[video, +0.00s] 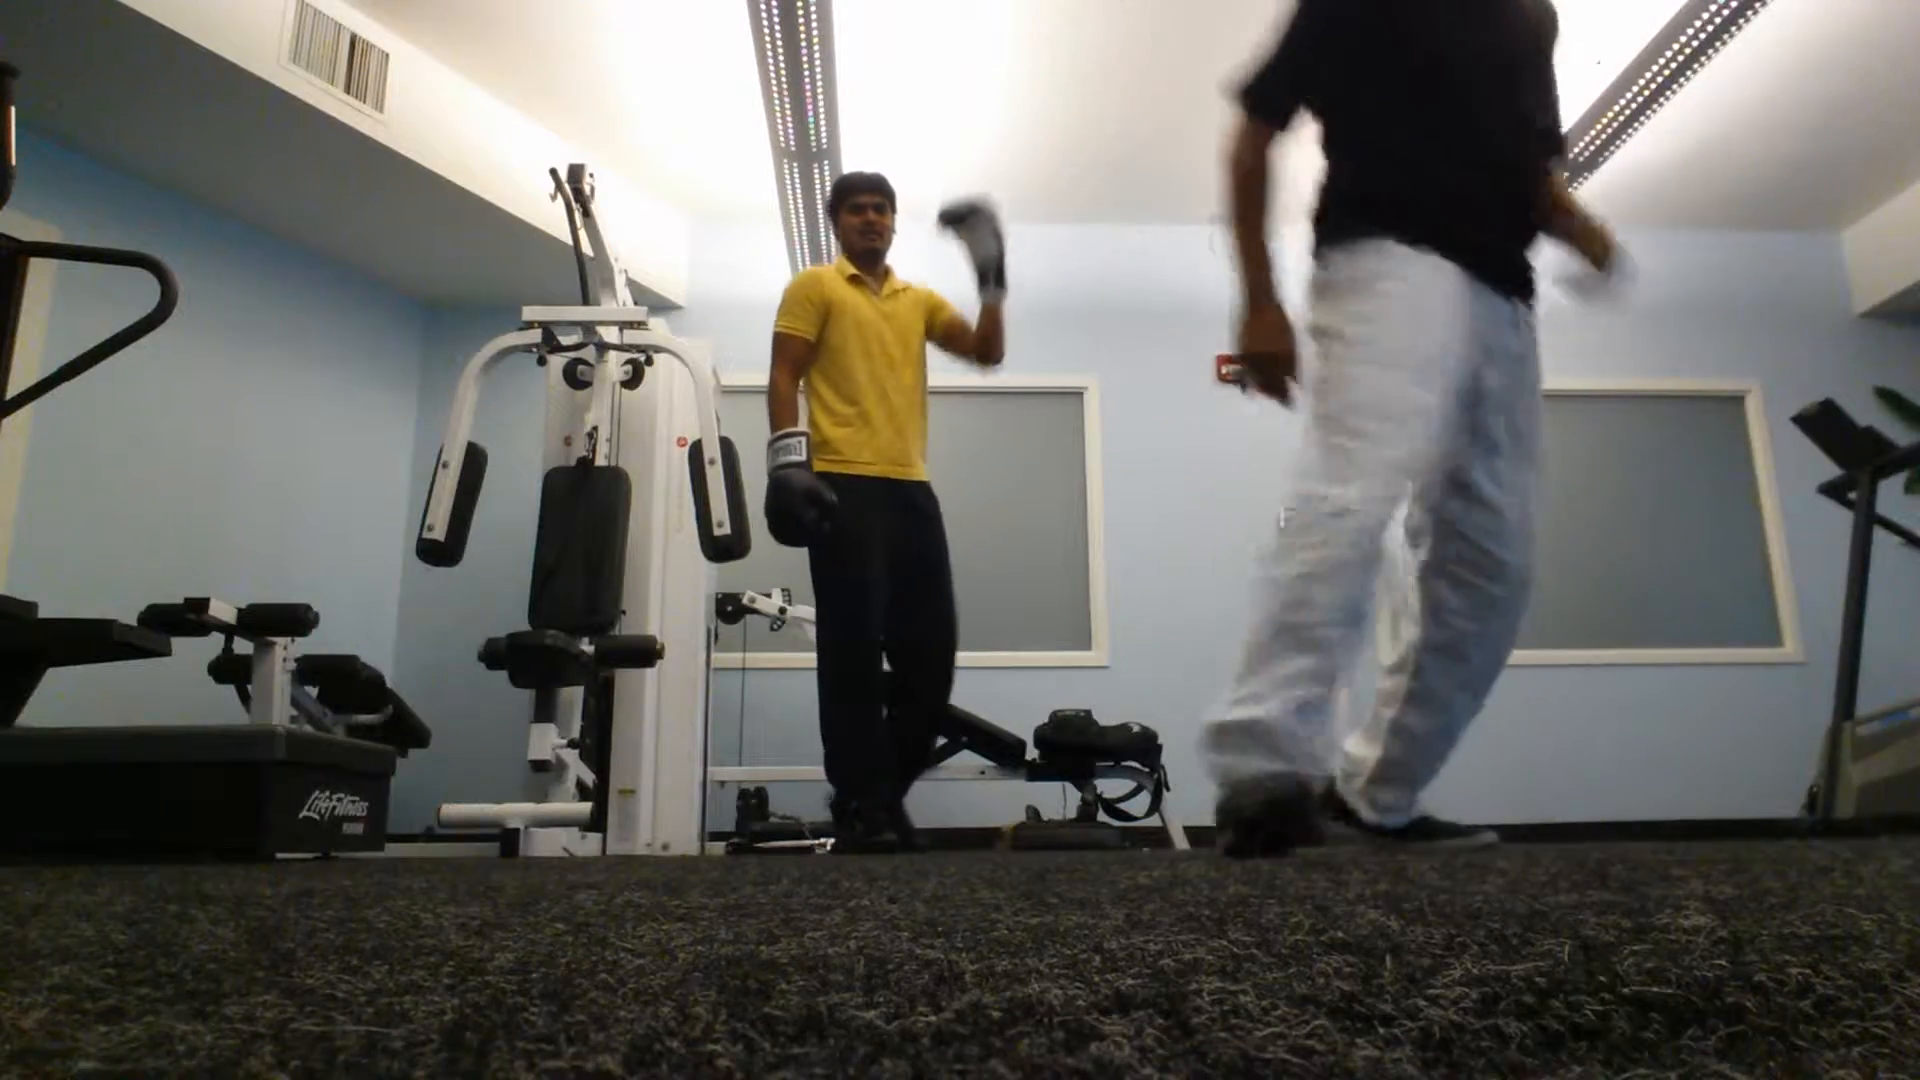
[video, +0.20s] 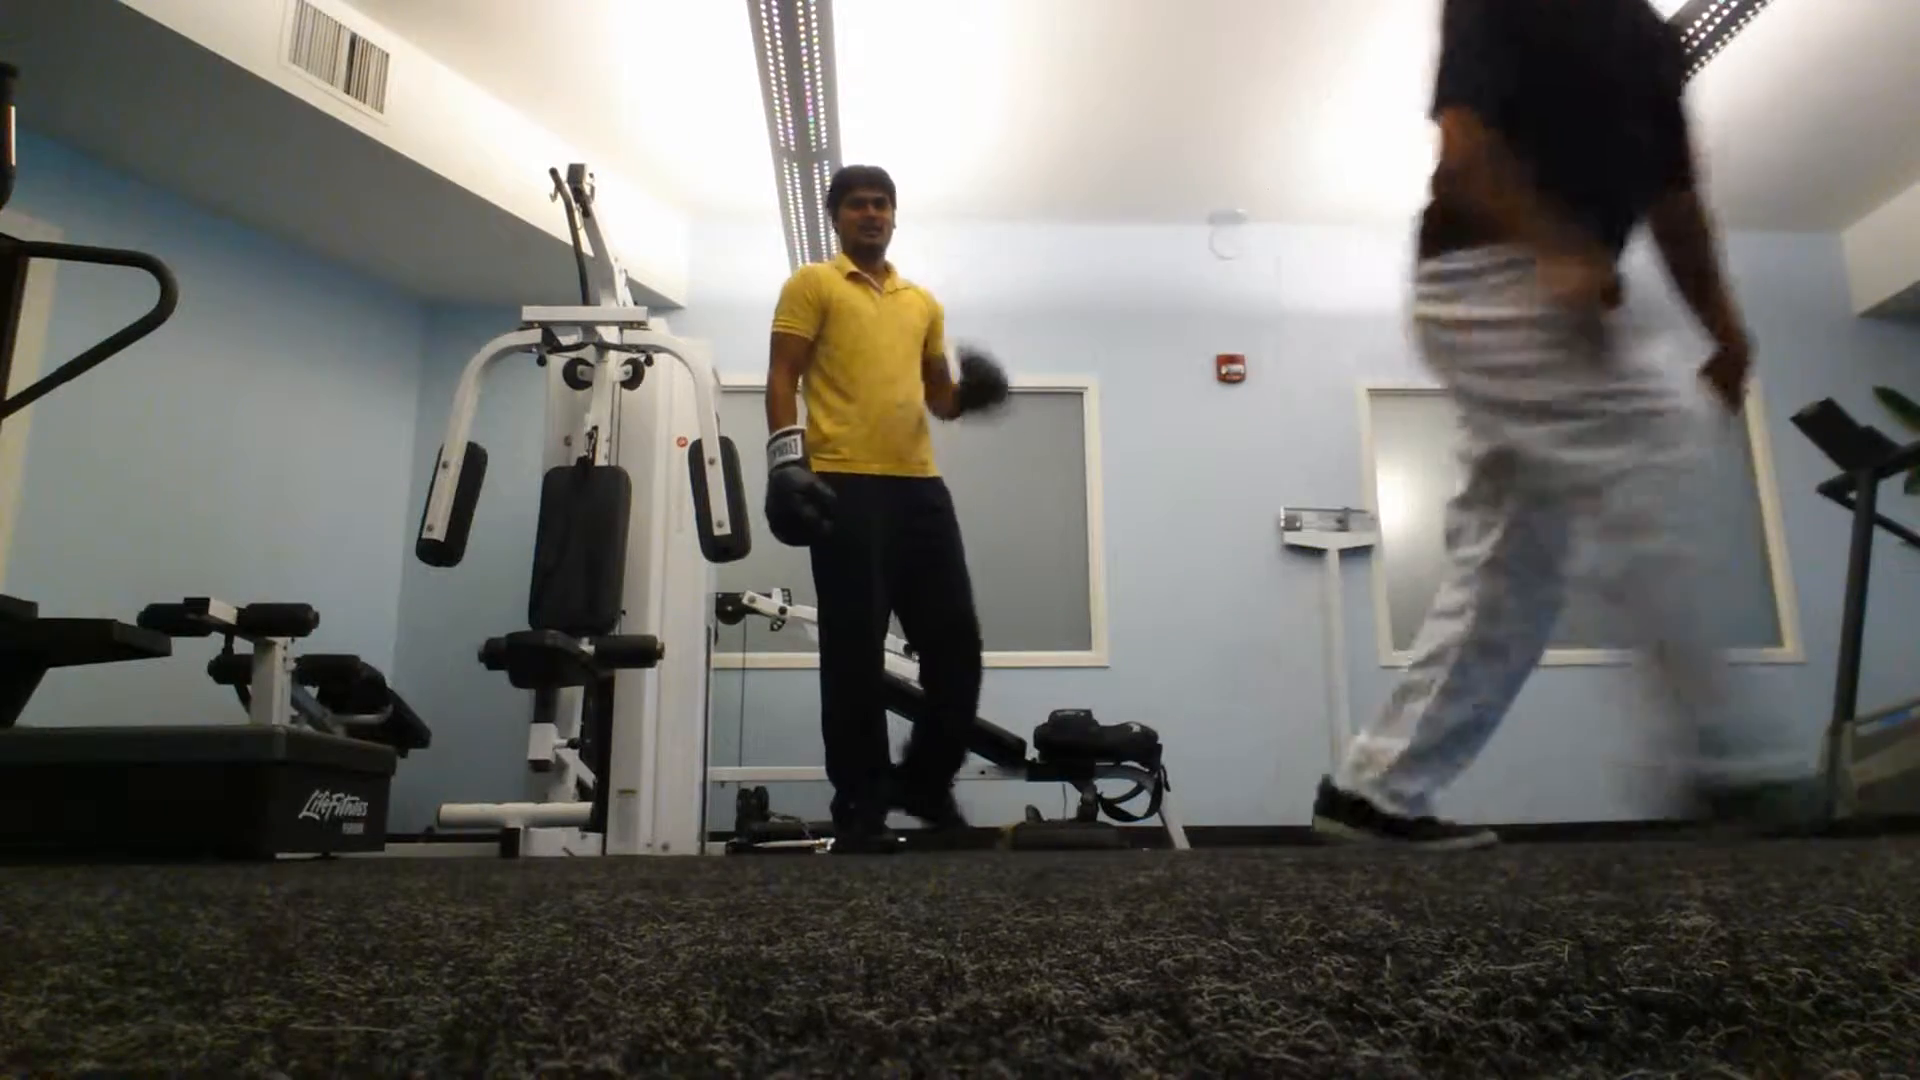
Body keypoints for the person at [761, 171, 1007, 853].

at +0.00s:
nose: (871, 220)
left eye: (881, 210)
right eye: (858, 210)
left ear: (894, 222)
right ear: (835, 223)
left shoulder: (917, 298)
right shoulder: (815, 287)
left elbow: (985, 351)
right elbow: (785, 375)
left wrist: (990, 269)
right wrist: (789, 462)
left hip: (909, 490)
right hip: (840, 487)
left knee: (928, 649)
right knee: (852, 649)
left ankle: (884, 800)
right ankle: (857, 810)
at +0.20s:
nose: (871, 215)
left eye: (881, 205)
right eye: (858, 205)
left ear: (894, 217)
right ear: (834, 218)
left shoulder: (921, 304)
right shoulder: (812, 285)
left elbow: (941, 400)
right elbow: (783, 375)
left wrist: (971, 391)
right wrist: (786, 461)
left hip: (916, 487)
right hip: (842, 485)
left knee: (955, 645)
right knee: (853, 650)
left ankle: (927, 789)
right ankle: (859, 812)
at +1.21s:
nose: (944, 142)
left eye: (958, 131)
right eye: (931, 131)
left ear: (979, 141)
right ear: (910, 141)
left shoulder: (1017, 224)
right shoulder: (877, 224)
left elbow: (1055, 317)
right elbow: (847, 324)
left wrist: (1034, 354)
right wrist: (819, 407)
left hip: (988, 445)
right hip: (893, 442)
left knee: (991, 628)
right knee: (879, 618)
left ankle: (986, 805)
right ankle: (869, 803)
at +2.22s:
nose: (939, 2)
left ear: (977, 4)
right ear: (898, 3)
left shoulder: (1015, 102)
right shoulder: (848, 89)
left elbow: (1053, 222)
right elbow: (810, 201)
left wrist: (1081, 339)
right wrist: (787, 296)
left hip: (972, 357)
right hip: (858, 355)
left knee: (973, 580)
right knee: (860, 588)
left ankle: (978, 805)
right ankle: (864, 804)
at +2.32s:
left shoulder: (1033, 88)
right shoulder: (863, 75)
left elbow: (1067, 209)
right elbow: (820, 190)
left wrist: (1092, 322)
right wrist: (786, 294)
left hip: (989, 335)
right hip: (873, 330)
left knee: (986, 561)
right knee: (849, 544)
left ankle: (979, 795)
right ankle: (861, 760)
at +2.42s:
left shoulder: (1048, 77)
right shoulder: (879, 63)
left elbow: (1082, 190)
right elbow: (829, 184)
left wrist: (1100, 289)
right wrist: (782, 291)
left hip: (999, 308)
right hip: (885, 292)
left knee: (996, 549)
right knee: (874, 440)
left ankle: (979, 795)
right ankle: (867, 678)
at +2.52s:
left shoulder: (1055, 72)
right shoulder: (884, 56)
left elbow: (1090, 183)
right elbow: (829, 181)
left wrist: (1104, 256)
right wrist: (786, 281)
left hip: (1002, 294)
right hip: (894, 265)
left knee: (998, 552)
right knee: (922, 371)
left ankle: (979, 797)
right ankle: (885, 630)